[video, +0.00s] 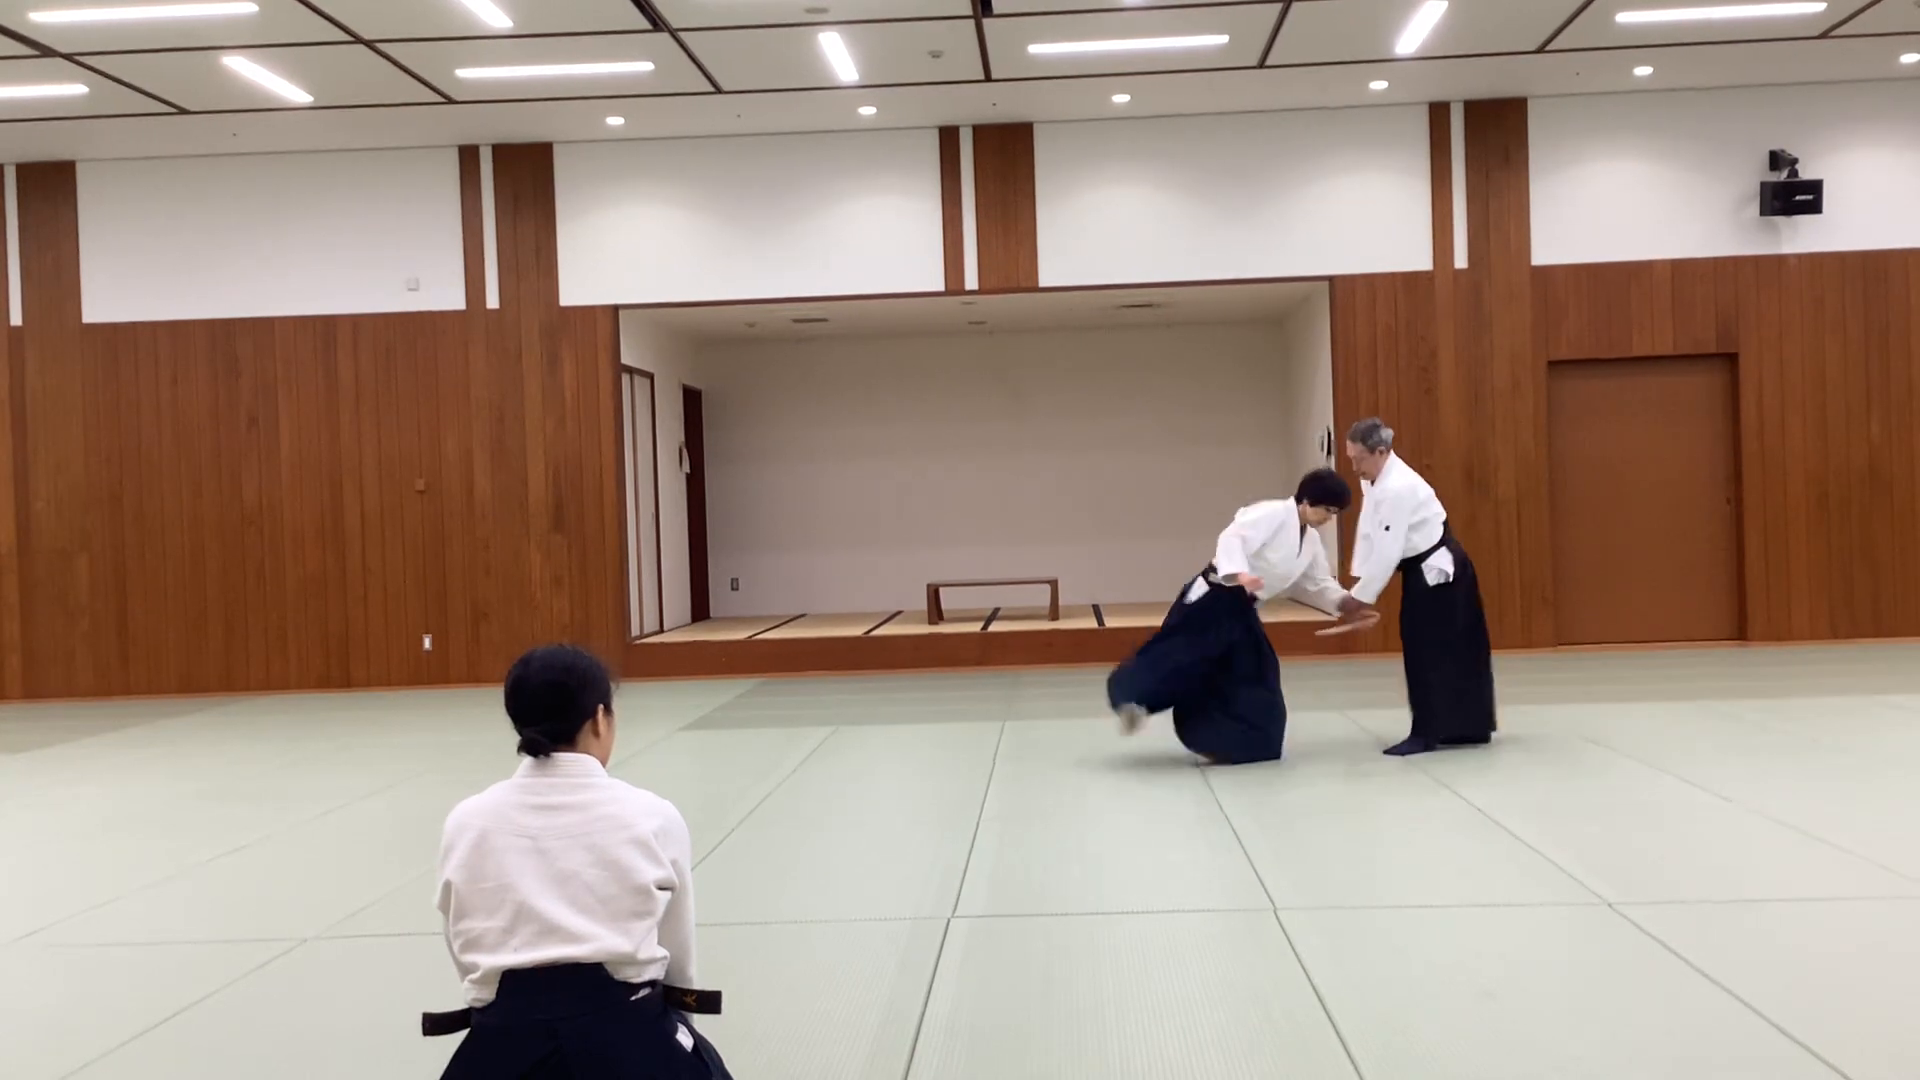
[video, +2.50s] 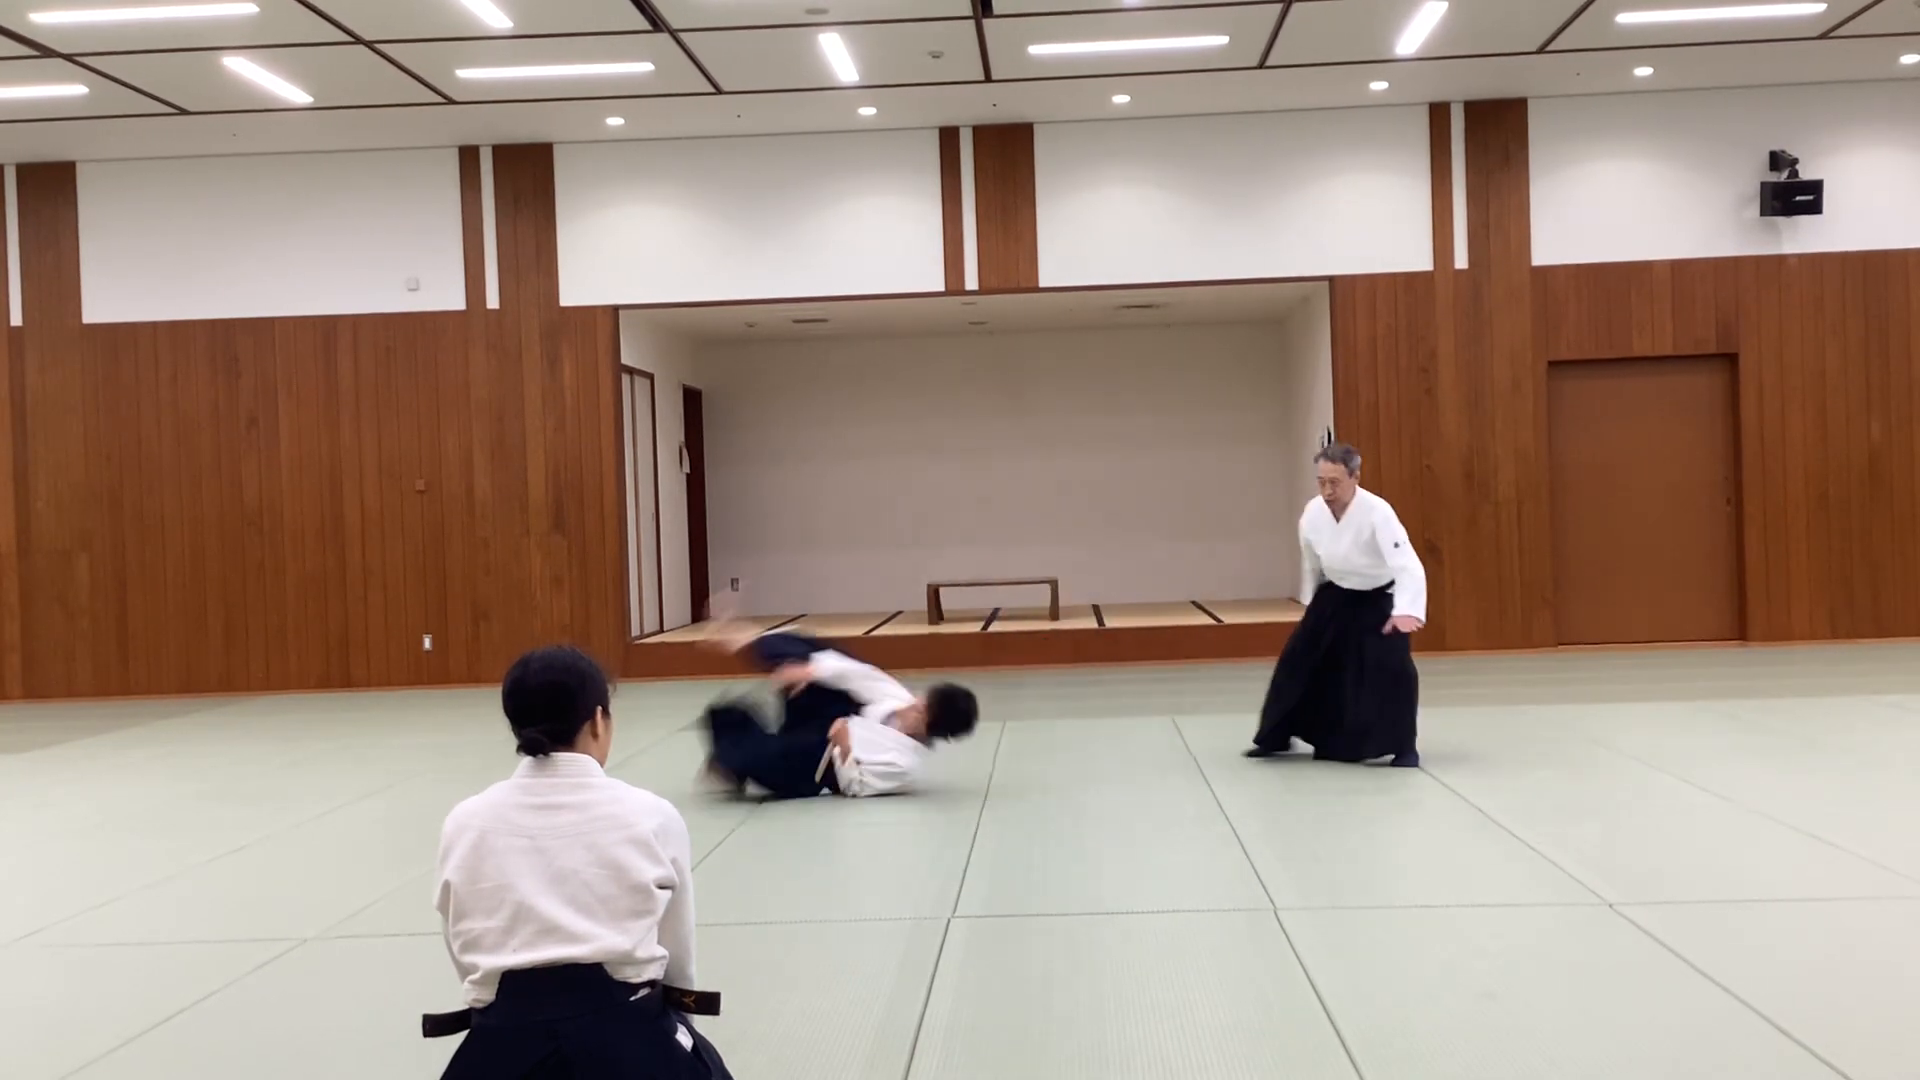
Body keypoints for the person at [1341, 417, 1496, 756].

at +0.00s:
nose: (1353, 465)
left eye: (1357, 458)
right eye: (1351, 458)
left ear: (1379, 452)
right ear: (1374, 453)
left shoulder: (1397, 487)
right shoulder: (1375, 479)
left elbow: (1388, 550)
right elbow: (1366, 531)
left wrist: (1362, 597)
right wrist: (1359, 579)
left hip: (1434, 571)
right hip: (1425, 567)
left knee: (1423, 650)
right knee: (1453, 646)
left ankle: (1426, 732)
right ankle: (1467, 726)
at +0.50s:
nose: (1370, 467)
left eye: (1373, 460)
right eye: (1368, 461)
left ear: (1395, 451)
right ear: (1391, 454)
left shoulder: (1418, 478)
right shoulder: (1399, 480)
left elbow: (1404, 517)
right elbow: (1399, 522)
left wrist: (1364, 535)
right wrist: (1375, 546)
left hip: (1447, 566)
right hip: (1429, 567)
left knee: (1434, 643)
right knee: (1426, 642)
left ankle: (1439, 726)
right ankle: (1444, 721)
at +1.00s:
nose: (1370, 465)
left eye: (1375, 459)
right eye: (1368, 459)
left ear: (1398, 455)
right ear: (1374, 454)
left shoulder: (1421, 480)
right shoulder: (1377, 487)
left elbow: (1400, 506)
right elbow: (1360, 535)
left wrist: (1354, 502)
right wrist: (1338, 573)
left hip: (1431, 576)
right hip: (1401, 577)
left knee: (1424, 650)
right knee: (1400, 649)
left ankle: (1426, 730)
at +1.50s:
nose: (1316, 501)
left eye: (1322, 497)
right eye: (1314, 494)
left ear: (1346, 497)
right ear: (1313, 489)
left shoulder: (1373, 518)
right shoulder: (1301, 518)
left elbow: (1371, 570)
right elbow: (1296, 562)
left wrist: (1320, 596)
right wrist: (1302, 592)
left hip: (1375, 602)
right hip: (1327, 604)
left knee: (1390, 667)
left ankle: (1406, 736)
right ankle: (1251, 728)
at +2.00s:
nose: (1230, 498)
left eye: (1235, 490)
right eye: (1224, 491)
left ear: (1253, 481)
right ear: (1219, 488)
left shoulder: (1286, 508)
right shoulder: (1220, 518)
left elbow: (1305, 558)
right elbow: (1182, 542)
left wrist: (1258, 587)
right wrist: (1148, 568)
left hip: (1320, 584)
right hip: (1274, 591)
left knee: (1360, 650)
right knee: (1254, 663)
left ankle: (1408, 718)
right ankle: (1247, 740)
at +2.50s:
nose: (1327, 490)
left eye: (1335, 482)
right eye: (1322, 482)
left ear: (1355, 479)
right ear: (1317, 480)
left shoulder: (1378, 513)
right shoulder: (1313, 512)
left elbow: (1408, 565)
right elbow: (1310, 565)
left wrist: (1407, 609)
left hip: (1377, 599)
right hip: (1334, 596)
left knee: (1396, 669)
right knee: (1296, 658)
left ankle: (1405, 749)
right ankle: (1274, 737)